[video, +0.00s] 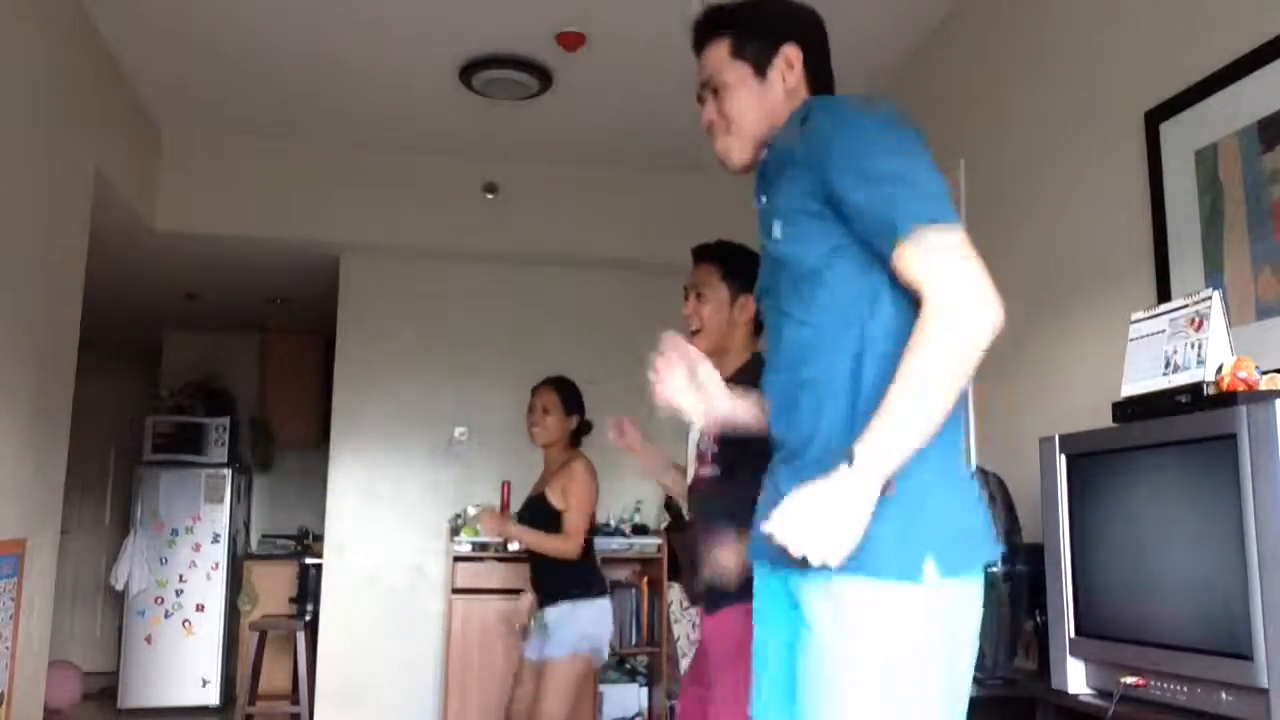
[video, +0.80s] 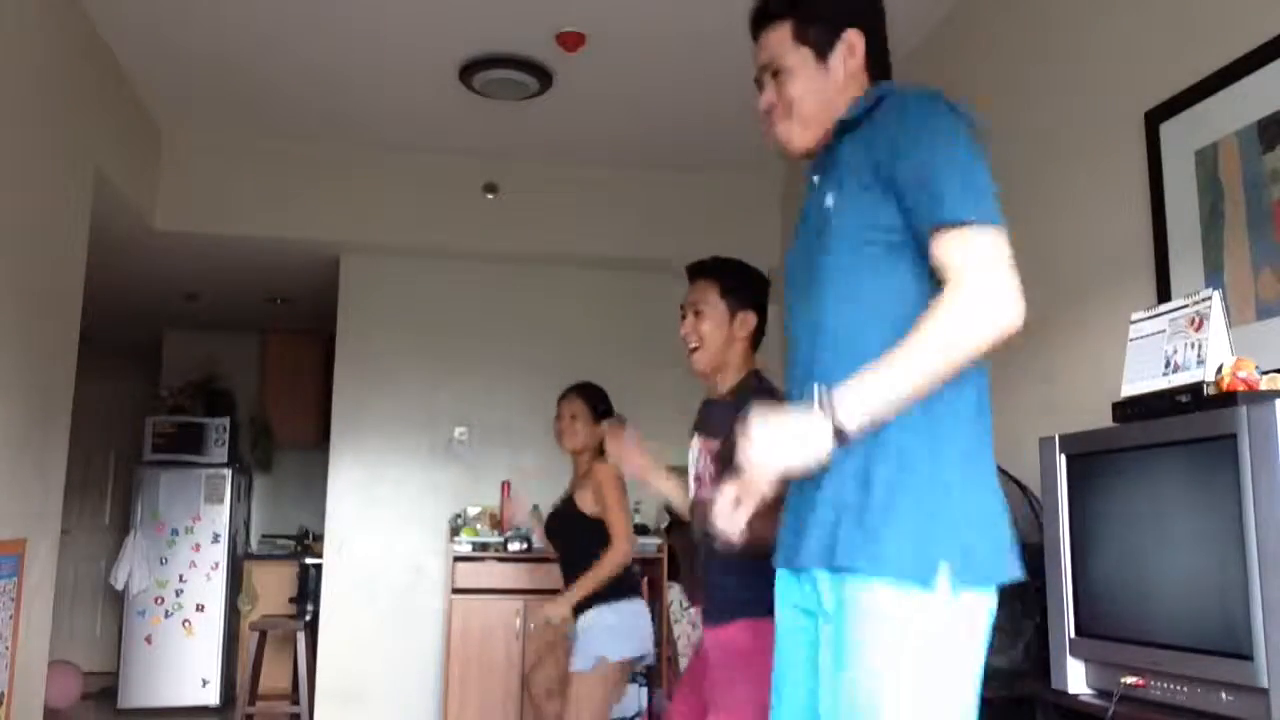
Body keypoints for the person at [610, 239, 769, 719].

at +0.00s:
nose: (686, 311)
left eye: (700, 297)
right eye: (687, 298)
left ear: (745, 308)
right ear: (735, 311)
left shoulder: (770, 381)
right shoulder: (721, 390)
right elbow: (711, 500)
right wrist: (653, 460)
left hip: (751, 604)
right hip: (716, 603)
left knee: (730, 712)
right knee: (694, 710)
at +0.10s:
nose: (690, 321)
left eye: (704, 305)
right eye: (691, 307)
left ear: (749, 318)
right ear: (742, 320)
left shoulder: (773, 402)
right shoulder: (731, 403)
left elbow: (786, 523)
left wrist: (701, 568)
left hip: (749, 627)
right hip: (715, 624)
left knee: (722, 711)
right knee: (693, 711)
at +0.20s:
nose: (694, 313)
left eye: (705, 298)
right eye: (693, 300)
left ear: (749, 302)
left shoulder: (782, 388)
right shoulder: (728, 391)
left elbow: (791, 488)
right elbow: (733, 504)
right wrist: (692, 563)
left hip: (764, 624)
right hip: (715, 616)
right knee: (667, 713)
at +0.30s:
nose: (689, 300)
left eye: (701, 284)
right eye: (688, 287)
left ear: (747, 291)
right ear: (742, 294)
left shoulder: (776, 370)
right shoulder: (722, 380)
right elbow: (730, 504)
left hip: (760, 610)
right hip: (709, 603)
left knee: (764, 712)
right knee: (673, 713)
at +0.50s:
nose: (691, 321)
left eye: (706, 306)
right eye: (690, 308)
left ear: (751, 316)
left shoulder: (777, 406)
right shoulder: (715, 408)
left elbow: (818, 511)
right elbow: (715, 525)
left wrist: (722, 559)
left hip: (766, 616)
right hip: (718, 617)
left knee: (734, 712)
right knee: (693, 712)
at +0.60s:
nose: (689, 321)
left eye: (703, 304)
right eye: (688, 307)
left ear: (747, 308)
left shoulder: (775, 392)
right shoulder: (722, 397)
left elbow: (793, 499)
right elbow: (738, 505)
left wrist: (692, 505)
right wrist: (688, 572)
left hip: (774, 629)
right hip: (714, 624)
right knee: (667, 712)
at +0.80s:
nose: (685, 329)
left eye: (698, 313)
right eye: (684, 316)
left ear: (744, 324)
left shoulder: (762, 409)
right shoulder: (713, 410)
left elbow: (748, 525)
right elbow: (708, 513)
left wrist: (647, 470)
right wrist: (645, 469)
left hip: (752, 625)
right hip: (716, 621)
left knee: (737, 715)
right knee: (681, 712)